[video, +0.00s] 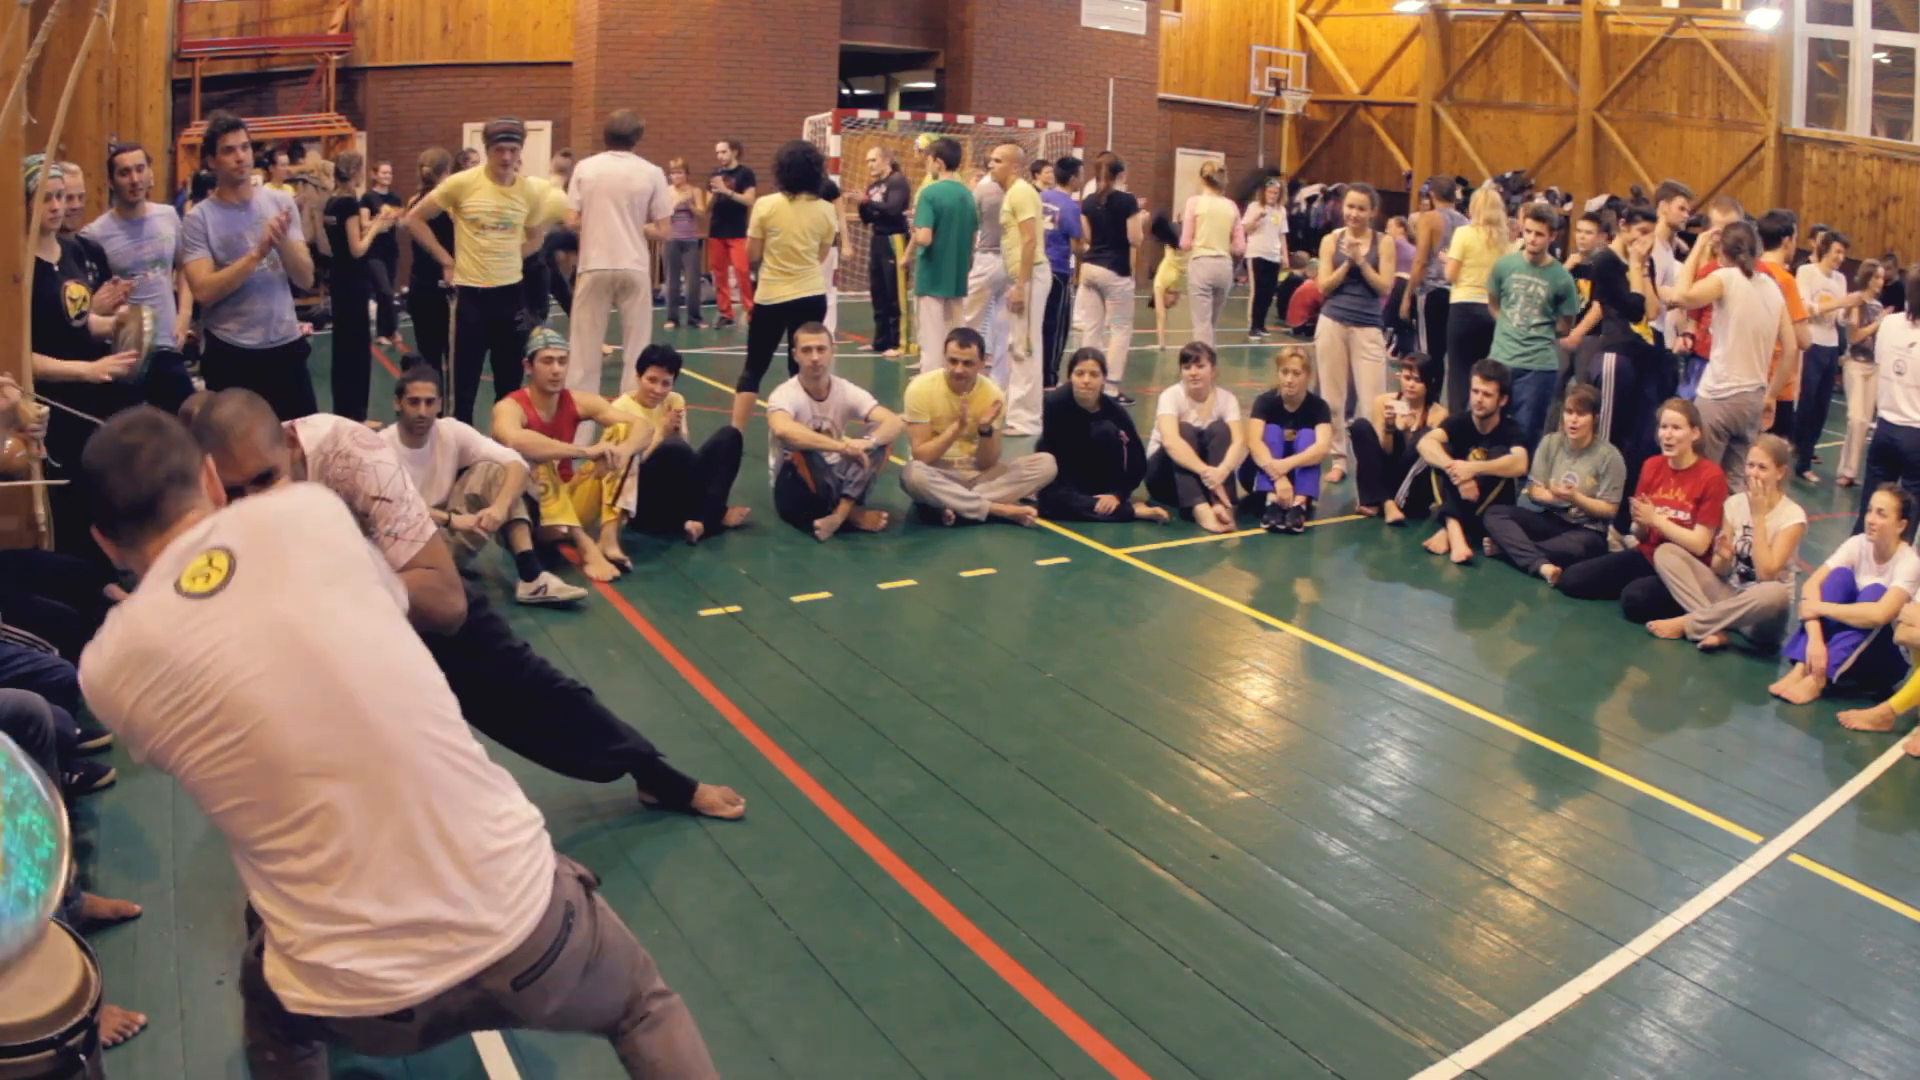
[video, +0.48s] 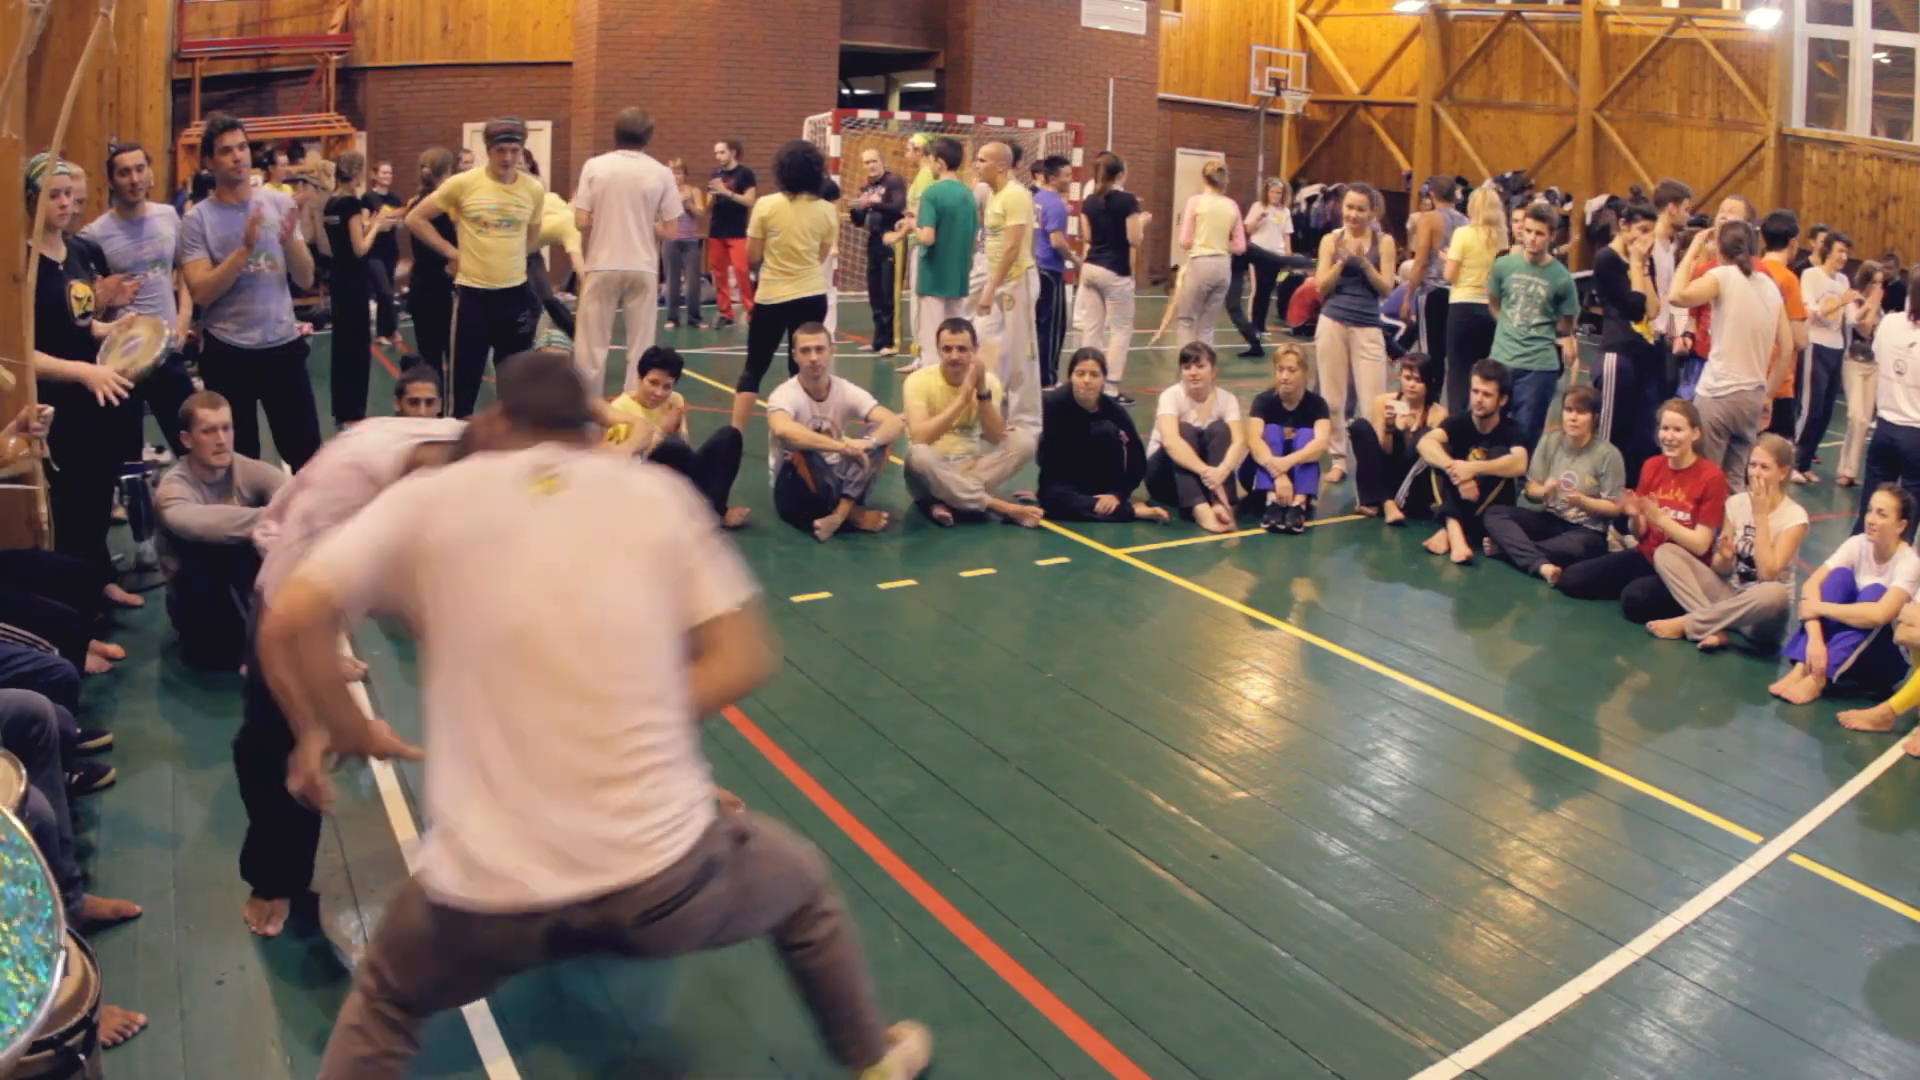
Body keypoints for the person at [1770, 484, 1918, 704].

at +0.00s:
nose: (1870, 519)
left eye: (1881, 514)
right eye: (1869, 511)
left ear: (1901, 526)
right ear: (1864, 513)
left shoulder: (1909, 561)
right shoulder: (1857, 544)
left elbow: (1880, 616)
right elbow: (1810, 585)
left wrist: (1818, 607)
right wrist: (1815, 641)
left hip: (1881, 667)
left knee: (1875, 592)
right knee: (1840, 576)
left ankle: (1818, 678)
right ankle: (1800, 667)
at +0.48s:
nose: (1870, 519)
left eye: (1881, 514)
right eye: (1869, 511)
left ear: (1901, 526)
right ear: (1864, 513)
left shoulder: (1909, 562)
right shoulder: (1857, 544)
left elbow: (1880, 616)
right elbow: (1810, 585)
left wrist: (1819, 607)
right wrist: (1815, 641)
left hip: (1881, 667)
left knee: (1875, 592)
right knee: (1840, 577)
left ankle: (1818, 678)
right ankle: (1800, 667)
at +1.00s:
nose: (1870, 519)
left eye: (1881, 514)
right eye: (1869, 511)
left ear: (1901, 526)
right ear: (1864, 513)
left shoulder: (1909, 562)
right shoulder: (1857, 544)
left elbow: (1880, 615)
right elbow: (1810, 586)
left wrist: (1818, 607)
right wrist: (1815, 641)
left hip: (1881, 667)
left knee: (1874, 592)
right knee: (1840, 577)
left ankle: (1818, 678)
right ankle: (1800, 667)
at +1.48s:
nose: (1871, 519)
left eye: (1882, 514)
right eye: (1869, 511)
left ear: (1901, 526)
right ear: (1865, 513)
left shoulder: (1909, 562)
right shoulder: (1857, 544)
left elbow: (1880, 616)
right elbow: (1810, 586)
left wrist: (1819, 607)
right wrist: (1815, 641)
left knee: (1875, 592)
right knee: (1840, 577)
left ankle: (1818, 678)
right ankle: (1800, 668)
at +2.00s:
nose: (1871, 520)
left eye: (1881, 514)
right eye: (1870, 511)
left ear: (1901, 525)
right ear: (1866, 512)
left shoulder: (1909, 561)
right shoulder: (1856, 544)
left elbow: (1881, 615)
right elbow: (1810, 586)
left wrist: (1819, 608)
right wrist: (1815, 641)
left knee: (1875, 592)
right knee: (1840, 577)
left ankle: (1817, 678)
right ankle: (1800, 667)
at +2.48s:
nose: (1876, 519)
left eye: (1887, 515)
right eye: (1874, 510)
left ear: (1904, 526)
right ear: (1868, 513)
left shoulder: (1910, 561)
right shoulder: (1856, 544)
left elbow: (1882, 614)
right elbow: (1810, 589)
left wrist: (1820, 608)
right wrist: (1816, 640)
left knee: (1876, 591)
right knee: (1840, 575)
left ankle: (1819, 677)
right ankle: (1802, 665)